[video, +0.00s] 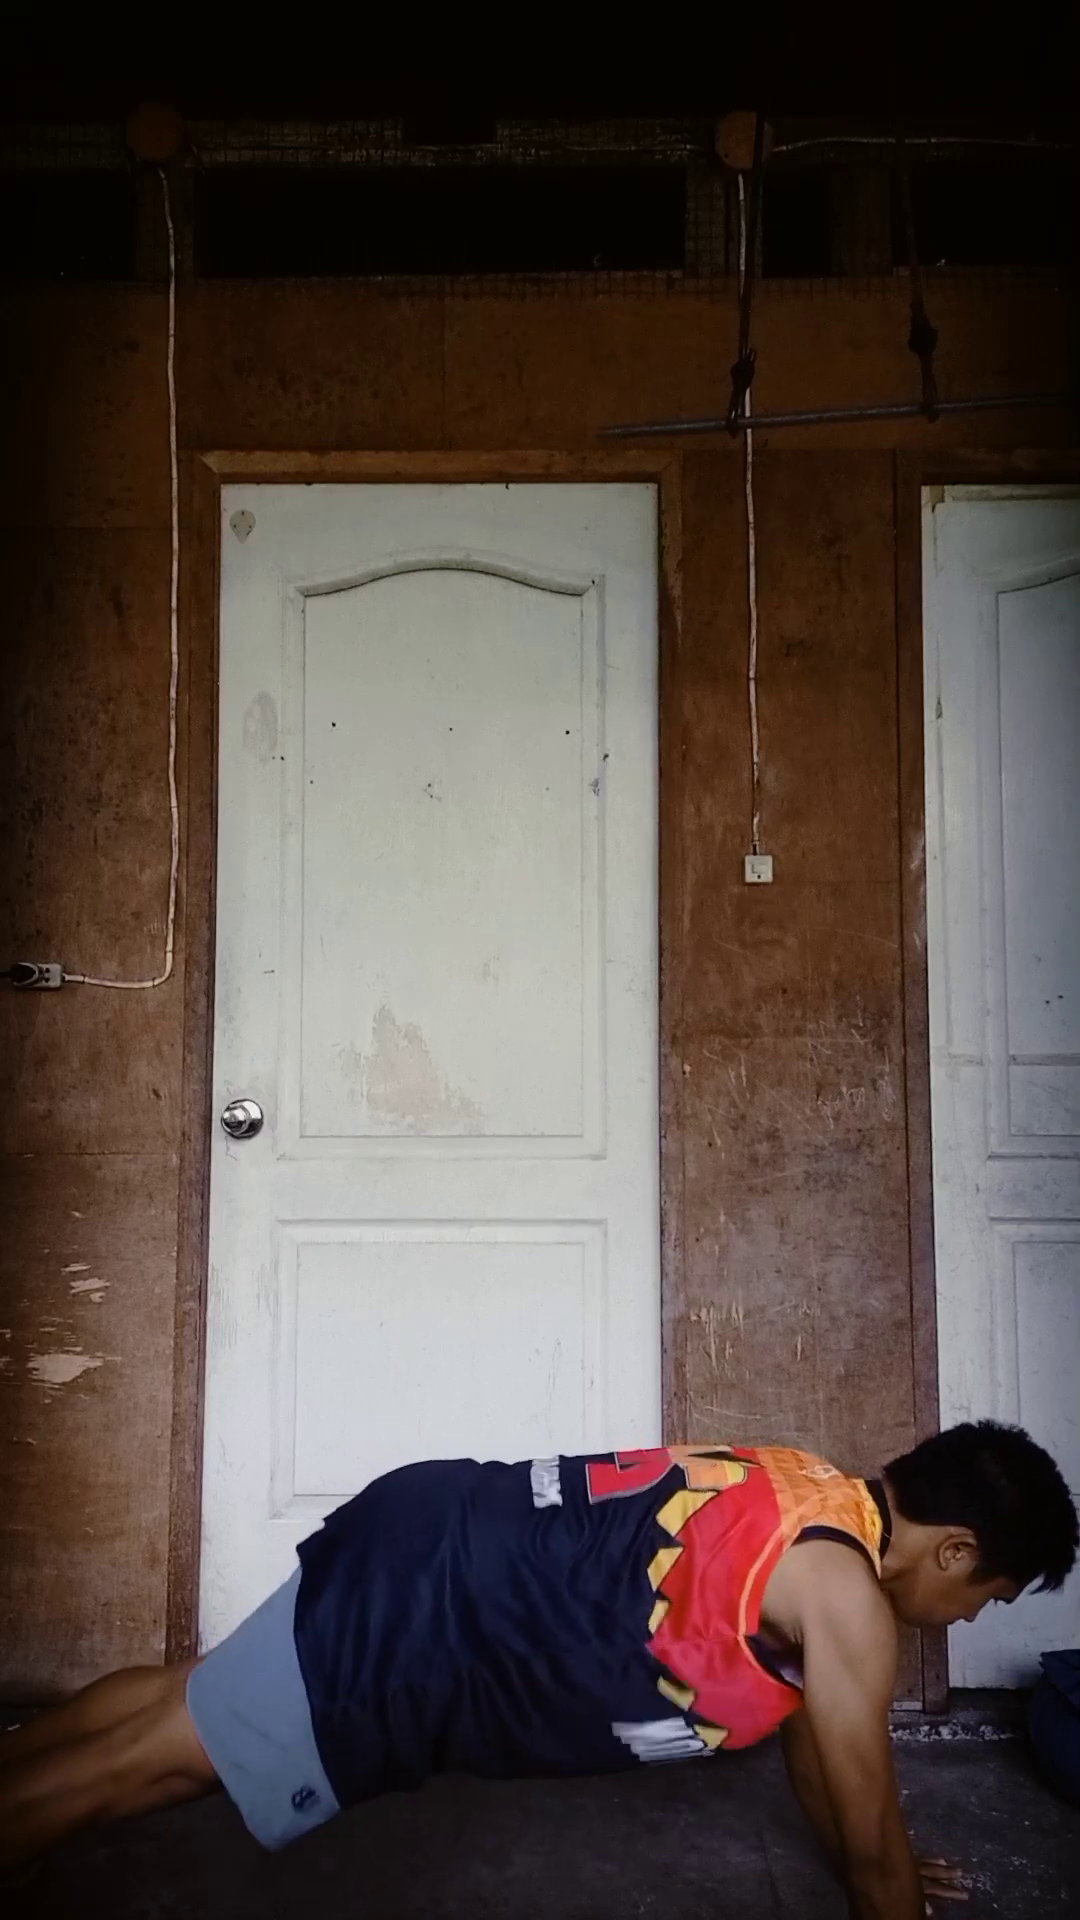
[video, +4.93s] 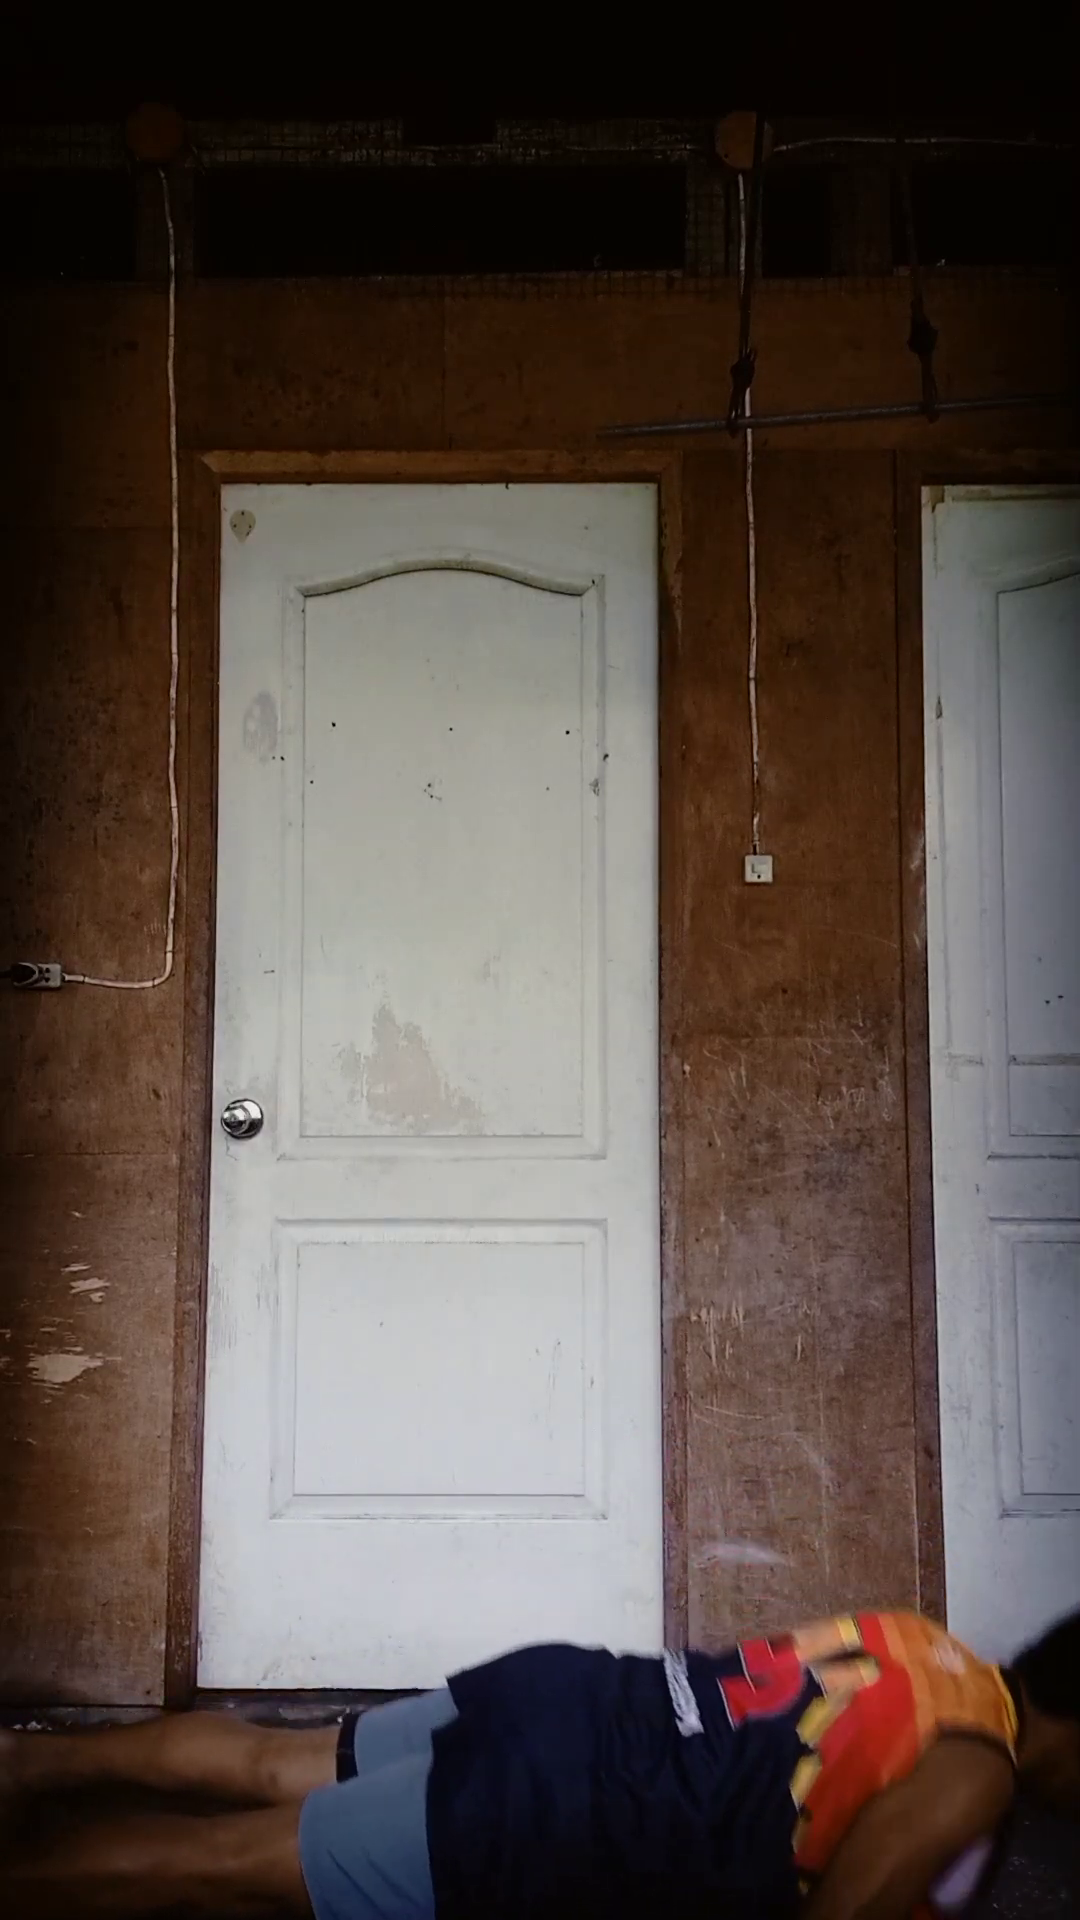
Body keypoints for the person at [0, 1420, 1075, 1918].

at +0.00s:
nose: (975, 1616)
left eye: (996, 1597)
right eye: (992, 1591)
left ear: (927, 1487)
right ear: (959, 1551)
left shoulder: (809, 1482)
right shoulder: (844, 1609)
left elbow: (810, 1735)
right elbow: (868, 1848)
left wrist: (893, 1860)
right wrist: (911, 1900)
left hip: (426, 1522)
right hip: (424, 1617)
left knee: (174, 1696)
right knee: (143, 1768)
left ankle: (13, 1763)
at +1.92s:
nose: (996, 1632)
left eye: (1017, 1615)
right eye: (1012, 1609)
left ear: (945, 1498)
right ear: (977, 1563)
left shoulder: (822, 1486)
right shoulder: (866, 1620)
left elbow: (798, 1697)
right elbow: (869, 1874)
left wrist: (873, 1841)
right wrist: (910, 1895)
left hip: (457, 1566)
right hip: (455, 1680)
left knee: (211, 1699)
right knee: (152, 1802)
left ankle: (4, 1764)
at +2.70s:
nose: (1059, 1742)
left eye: (1071, 1726)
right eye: (1071, 1721)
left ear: (1004, 1610)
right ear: (1055, 1692)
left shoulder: (884, 1588)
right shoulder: (932, 1728)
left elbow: (755, 1725)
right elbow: (834, 1906)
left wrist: (867, 1844)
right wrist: (904, 1885)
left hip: (520, 1651)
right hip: (511, 1778)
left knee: (228, 1747)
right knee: (185, 1853)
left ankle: (11, 1759)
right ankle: (11, 1860)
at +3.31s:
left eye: (1033, 1683)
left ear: (1040, 1690)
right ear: (1076, 1758)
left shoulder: (957, 1719)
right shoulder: (1015, 1828)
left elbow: (799, 1684)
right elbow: (855, 1901)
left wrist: (873, 1770)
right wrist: (886, 1791)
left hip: (588, 1729)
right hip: (589, 1843)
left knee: (310, 1782)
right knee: (269, 1882)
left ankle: (53, 1757)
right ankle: (37, 1878)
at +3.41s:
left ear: (1046, 1682)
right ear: (1073, 1754)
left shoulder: (945, 1682)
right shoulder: (1002, 1807)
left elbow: (771, 1717)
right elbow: (850, 1901)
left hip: (586, 1703)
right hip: (577, 1834)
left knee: (301, 1761)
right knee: (260, 1868)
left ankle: (46, 1756)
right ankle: (34, 1873)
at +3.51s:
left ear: (1043, 1637)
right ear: (1079, 1714)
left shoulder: (924, 1622)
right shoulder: (992, 1766)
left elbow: (781, 1698)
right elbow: (845, 1897)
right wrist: (947, 1886)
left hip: (577, 1678)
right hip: (569, 1812)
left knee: (295, 1754)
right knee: (238, 1866)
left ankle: (42, 1761)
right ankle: (30, 1867)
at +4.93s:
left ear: (1042, 1652)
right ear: (1078, 1729)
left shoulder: (919, 1637)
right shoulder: (966, 1769)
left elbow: (772, 1711)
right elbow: (844, 1900)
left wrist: (910, 1842)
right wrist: (947, 1879)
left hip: (558, 1690)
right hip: (537, 1815)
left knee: (283, 1762)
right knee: (222, 1869)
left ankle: (26, 1759)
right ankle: (20, 1863)